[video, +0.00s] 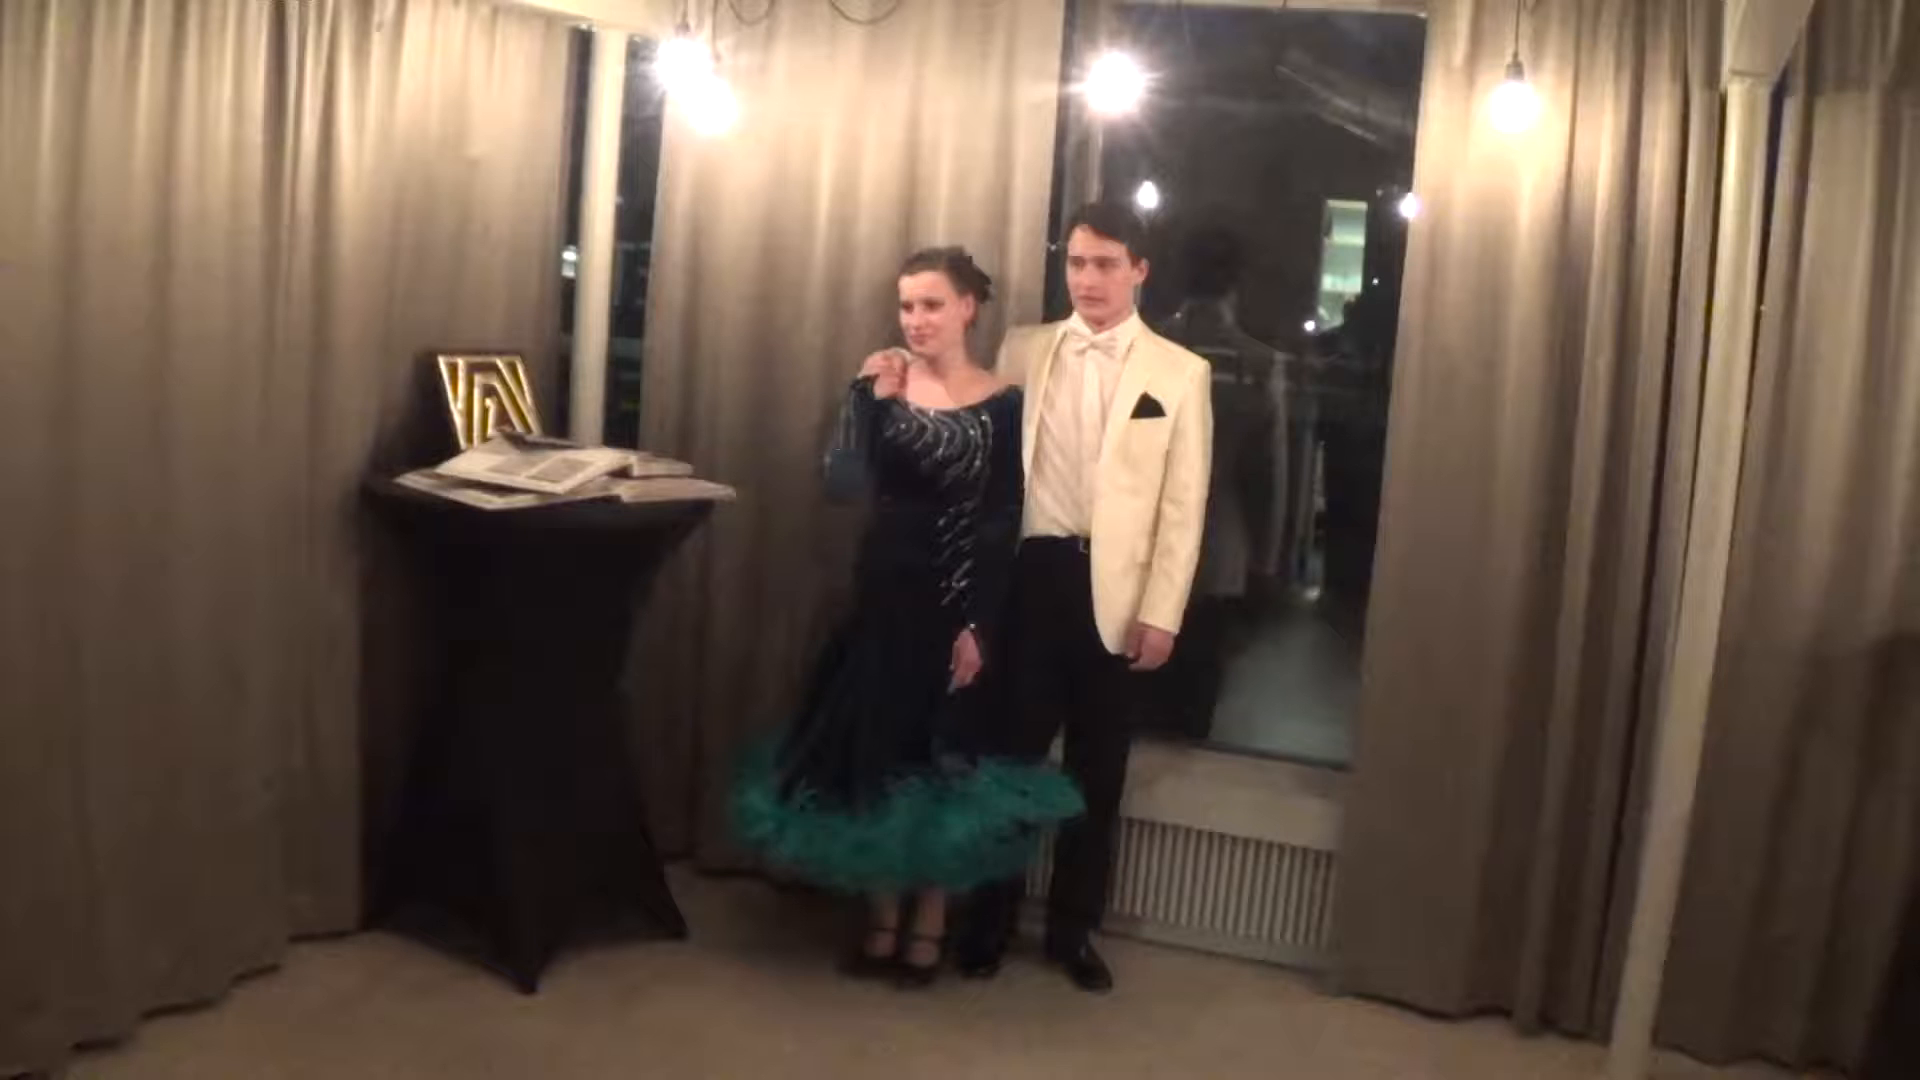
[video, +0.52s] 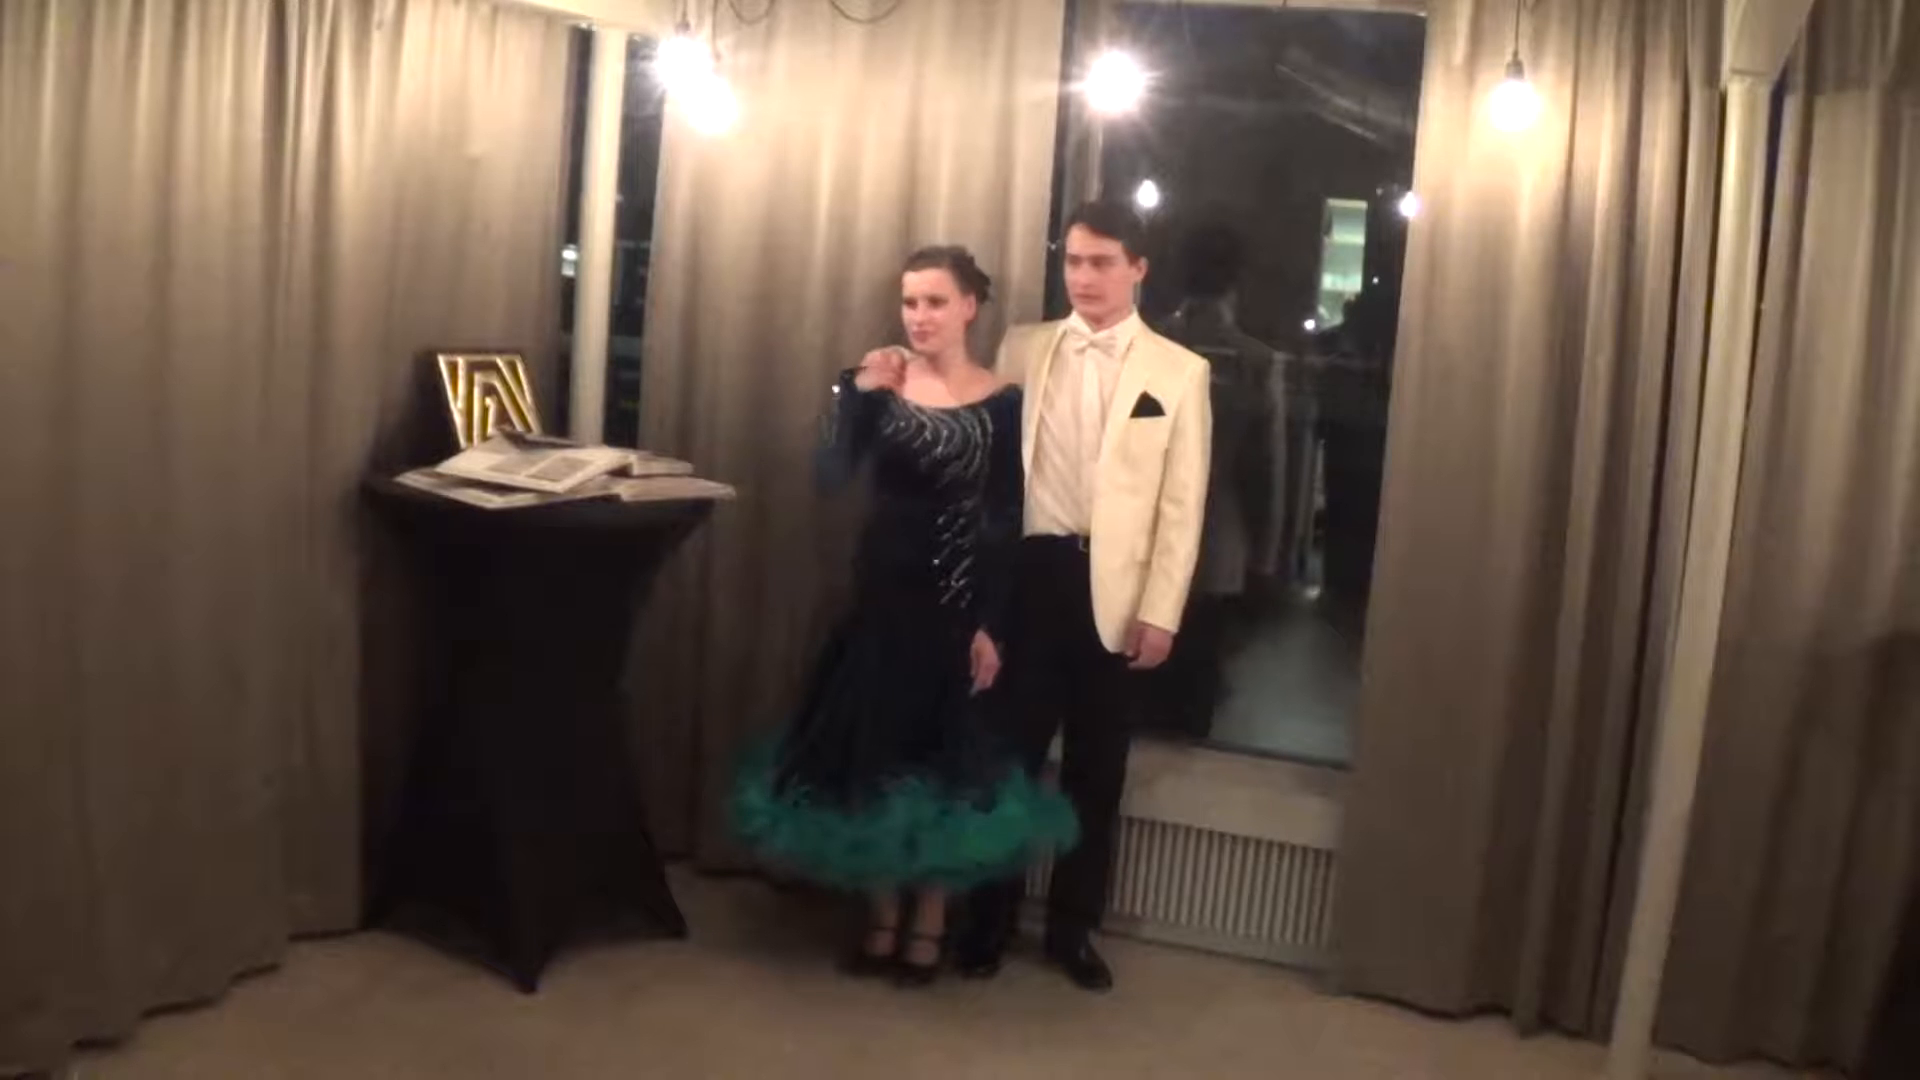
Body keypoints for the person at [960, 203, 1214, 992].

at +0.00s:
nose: (1087, 278)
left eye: (1104, 264)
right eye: (1076, 262)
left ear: (1139, 273)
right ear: (1063, 268)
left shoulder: (1182, 374)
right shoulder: (1027, 351)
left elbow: (1184, 504)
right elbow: (966, 410)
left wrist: (1163, 611)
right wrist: (902, 368)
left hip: (1114, 585)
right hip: (1026, 573)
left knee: (1097, 772)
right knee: (1010, 749)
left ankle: (1073, 932)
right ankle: (984, 926)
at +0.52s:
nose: (1083, 277)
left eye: (1100, 262)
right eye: (1073, 261)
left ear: (1138, 271)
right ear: (1061, 266)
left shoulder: (1181, 373)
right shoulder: (1026, 350)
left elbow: (1183, 503)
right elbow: (985, 460)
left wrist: (1162, 610)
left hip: (1113, 585)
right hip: (1024, 572)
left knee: (1096, 772)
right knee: (1007, 749)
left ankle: (1073, 931)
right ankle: (983, 925)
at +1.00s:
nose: (1088, 275)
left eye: (1104, 260)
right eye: (1076, 259)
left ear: (1136, 269)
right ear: (1060, 266)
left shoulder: (1179, 371)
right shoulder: (1023, 348)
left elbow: (1180, 502)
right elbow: (981, 453)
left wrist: (1160, 609)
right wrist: (898, 369)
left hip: (1112, 584)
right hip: (1023, 572)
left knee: (1096, 769)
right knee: (1008, 747)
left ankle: (1073, 930)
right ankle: (985, 924)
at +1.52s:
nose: (1124, 282)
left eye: (1136, 270)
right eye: (1110, 266)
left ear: (1149, 281)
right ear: (1071, 270)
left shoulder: (1177, 371)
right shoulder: (1021, 343)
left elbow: (1181, 499)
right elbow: (973, 439)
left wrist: (1163, 604)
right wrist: (891, 371)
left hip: (1114, 581)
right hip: (1023, 568)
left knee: (1098, 763)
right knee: (1010, 745)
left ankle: (1072, 929)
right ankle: (984, 922)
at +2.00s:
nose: (1134, 283)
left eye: (1143, 270)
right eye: (1119, 267)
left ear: (1150, 280)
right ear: (1074, 270)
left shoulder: (1172, 369)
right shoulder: (1015, 344)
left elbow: (1179, 496)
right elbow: (973, 456)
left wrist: (1164, 600)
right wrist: (966, 568)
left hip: (1113, 578)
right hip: (1021, 568)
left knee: (1098, 760)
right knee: (1008, 742)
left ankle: (1074, 929)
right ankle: (982, 923)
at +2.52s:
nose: (1132, 280)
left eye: (1140, 267)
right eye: (1117, 264)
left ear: (1145, 276)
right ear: (1070, 268)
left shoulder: (1167, 363)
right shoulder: (1011, 342)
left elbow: (1176, 490)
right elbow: (971, 456)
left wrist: (1163, 596)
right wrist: (963, 565)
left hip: (1111, 575)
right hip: (1020, 566)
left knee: (1097, 758)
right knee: (1007, 742)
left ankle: (1072, 928)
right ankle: (982, 922)